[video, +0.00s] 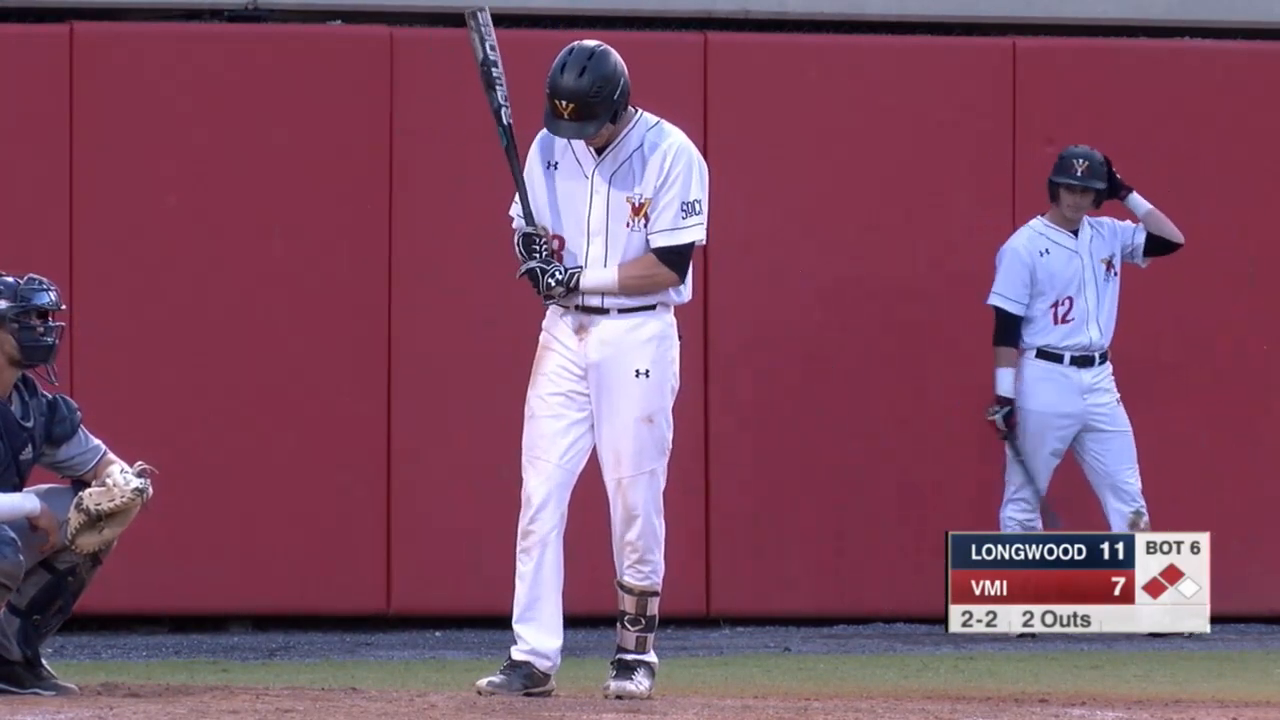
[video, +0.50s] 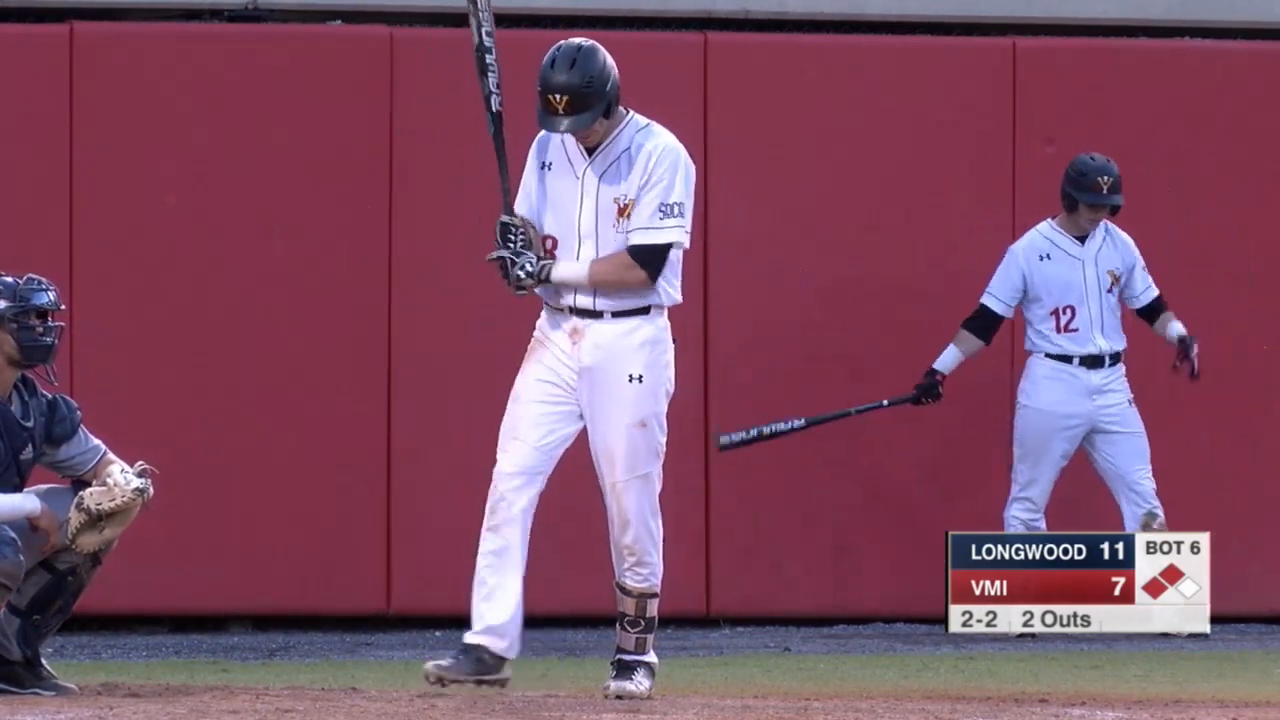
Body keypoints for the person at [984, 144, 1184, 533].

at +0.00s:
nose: (1076, 199)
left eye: (1086, 192)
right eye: (1070, 189)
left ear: (1098, 196)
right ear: (1054, 188)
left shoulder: (1108, 233)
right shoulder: (1024, 246)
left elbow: (1171, 240)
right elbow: (1007, 327)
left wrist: (1125, 193)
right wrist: (1004, 395)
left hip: (1099, 380)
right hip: (1044, 378)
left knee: (1128, 501)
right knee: (1024, 501)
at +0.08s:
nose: (1071, 199)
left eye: (1080, 192)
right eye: (1065, 189)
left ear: (1092, 196)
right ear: (1050, 188)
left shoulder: (1105, 234)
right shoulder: (1018, 247)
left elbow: (1167, 243)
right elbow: (996, 328)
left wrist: (1124, 194)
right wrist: (977, 397)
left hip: (1096, 383)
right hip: (1039, 381)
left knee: (1128, 508)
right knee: (1021, 506)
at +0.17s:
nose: (1072, 202)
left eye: (1081, 195)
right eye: (1066, 192)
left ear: (1092, 197)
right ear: (1049, 189)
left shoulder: (1104, 236)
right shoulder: (1016, 248)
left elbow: (1166, 254)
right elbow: (990, 327)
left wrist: (1128, 198)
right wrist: (966, 396)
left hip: (1097, 383)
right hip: (1038, 381)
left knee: (1129, 507)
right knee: (1020, 507)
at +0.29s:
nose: (1080, 209)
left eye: (1088, 201)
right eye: (1072, 200)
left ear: (1097, 198)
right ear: (1053, 192)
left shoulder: (1107, 240)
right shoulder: (1015, 249)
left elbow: (1164, 287)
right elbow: (983, 327)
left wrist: (1155, 238)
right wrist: (950, 389)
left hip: (1099, 383)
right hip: (1040, 381)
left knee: (1138, 503)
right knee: (1021, 507)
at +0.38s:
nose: (1086, 212)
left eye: (1094, 204)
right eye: (1078, 202)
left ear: (1101, 200)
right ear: (1057, 194)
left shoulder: (1107, 241)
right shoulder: (1018, 250)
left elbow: (1156, 298)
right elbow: (981, 325)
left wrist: (1168, 277)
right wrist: (945, 383)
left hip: (1102, 383)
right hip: (1043, 382)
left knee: (1140, 499)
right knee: (1023, 505)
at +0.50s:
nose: (1101, 215)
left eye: (1107, 207)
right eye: (1094, 206)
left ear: (1114, 202)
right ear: (1070, 199)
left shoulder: (1118, 244)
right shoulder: (1028, 250)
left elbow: (1150, 303)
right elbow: (985, 320)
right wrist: (938, 370)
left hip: (1111, 386)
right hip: (1051, 384)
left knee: (1145, 504)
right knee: (1028, 505)